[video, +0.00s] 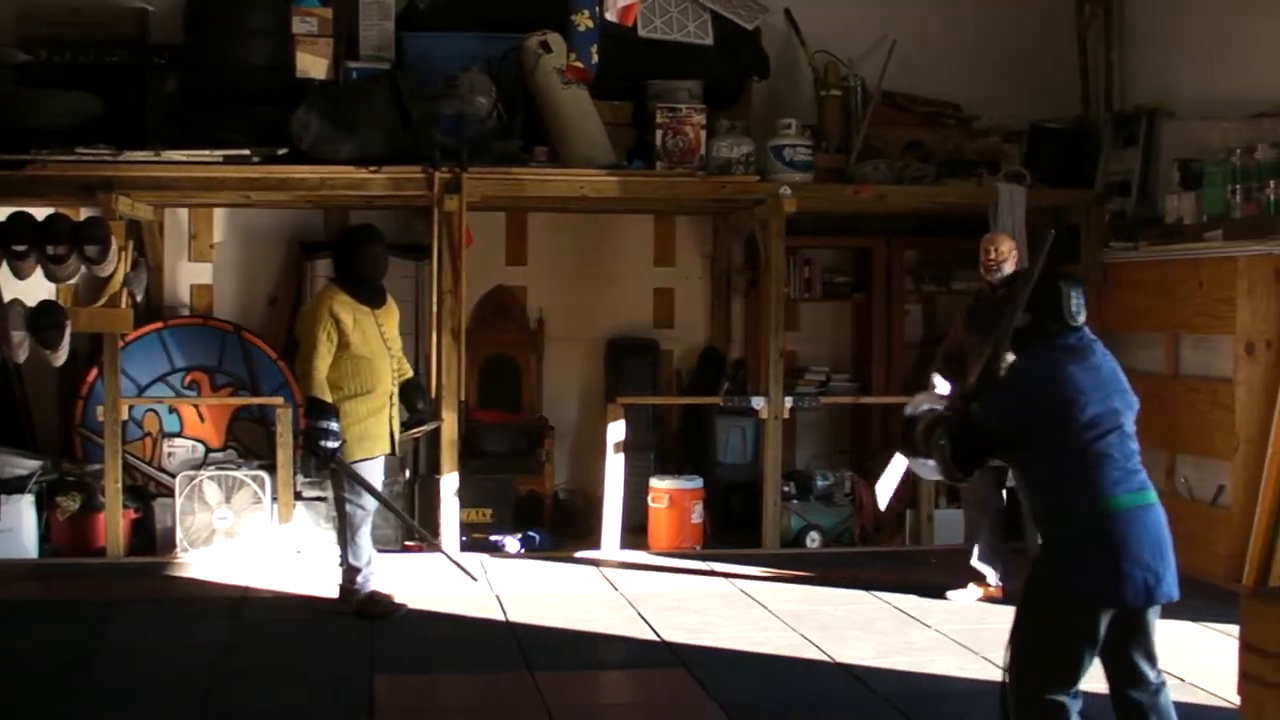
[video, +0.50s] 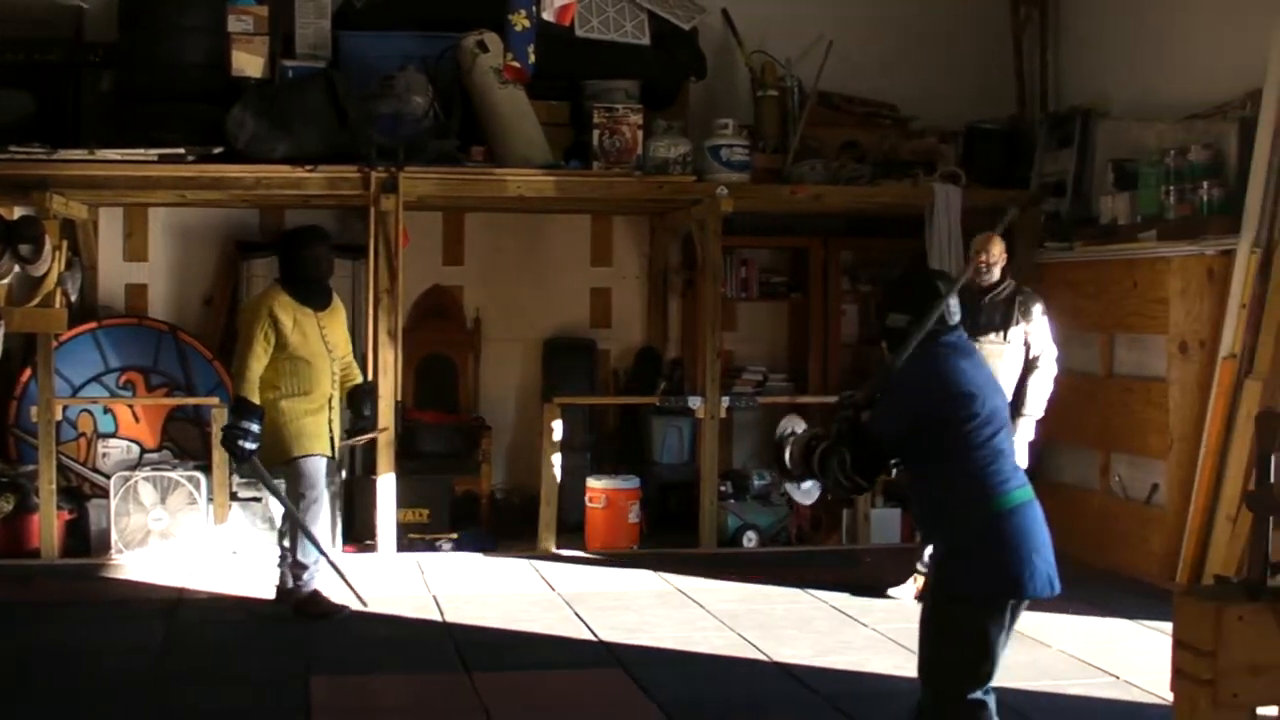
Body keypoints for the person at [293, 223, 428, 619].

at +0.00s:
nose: (382, 264)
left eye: (383, 255)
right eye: (374, 256)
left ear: (383, 258)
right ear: (352, 259)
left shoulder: (386, 305)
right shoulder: (327, 305)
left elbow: (395, 357)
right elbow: (314, 368)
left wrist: (414, 396)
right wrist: (322, 425)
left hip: (381, 423)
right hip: (351, 427)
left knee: (366, 502)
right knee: (360, 504)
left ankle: (354, 580)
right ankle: (358, 586)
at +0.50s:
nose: (327, 266)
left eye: (328, 257)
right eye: (318, 258)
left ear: (331, 262)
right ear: (295, 262)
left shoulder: (333, 306)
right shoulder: (270, 306)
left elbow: (345, 360)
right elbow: (249, 365)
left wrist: (361, 394)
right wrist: (246, 418)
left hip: (325, 419)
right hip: (292, 419)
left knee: (307, 499)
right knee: (313, 495)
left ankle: (291, 582)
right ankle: (304, 585)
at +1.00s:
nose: (296, 274)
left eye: (297, 266)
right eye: (287, 266)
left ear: (298, 268)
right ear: (263, 268)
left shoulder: (301, 310)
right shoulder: (232, 313)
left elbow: (308, 369)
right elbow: (212, 378)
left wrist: (315, 424)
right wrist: (206, 438)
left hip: (285, 429)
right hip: (248, 431)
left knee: (262, 512)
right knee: (263, 514)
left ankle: (239, 587)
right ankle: (262, 598)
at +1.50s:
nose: (291, 276)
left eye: (294, 268)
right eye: (283, 268)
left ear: (295, 268)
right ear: (259, 271)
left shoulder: (299, 308)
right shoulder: (236, 313)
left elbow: (331, 342)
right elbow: (244, 365)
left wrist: (343, 386)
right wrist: (263, 407)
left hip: (277, 418)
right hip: (240, 419)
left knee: (253, 504)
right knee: (258, 507)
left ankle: (230, 583)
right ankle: (262, 596)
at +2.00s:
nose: (295, 277)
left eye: (296, 268)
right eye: (286, 269)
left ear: (297, 268)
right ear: (261, 271)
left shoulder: (301, 303)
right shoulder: (237, 313)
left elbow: (336, 330)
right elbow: (237, 373)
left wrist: (351, 348)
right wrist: (288, 367)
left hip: (284, 425)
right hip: (248, 424)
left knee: (261, 504)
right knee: (261, 505)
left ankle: (236, 583)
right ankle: (266, 593)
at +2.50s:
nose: (287, 274)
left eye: (289, 265)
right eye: (277, 266)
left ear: (292, 266)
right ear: (253, 269)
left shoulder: (303, 311)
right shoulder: (229, 314)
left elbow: (317, 368)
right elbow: (217, 380)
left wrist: (316, 417)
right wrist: (257, 373)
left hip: (286, 429)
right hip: (245, 429)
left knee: (260, 508)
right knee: (260, 508)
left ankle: (237, 582)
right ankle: (267, 594)